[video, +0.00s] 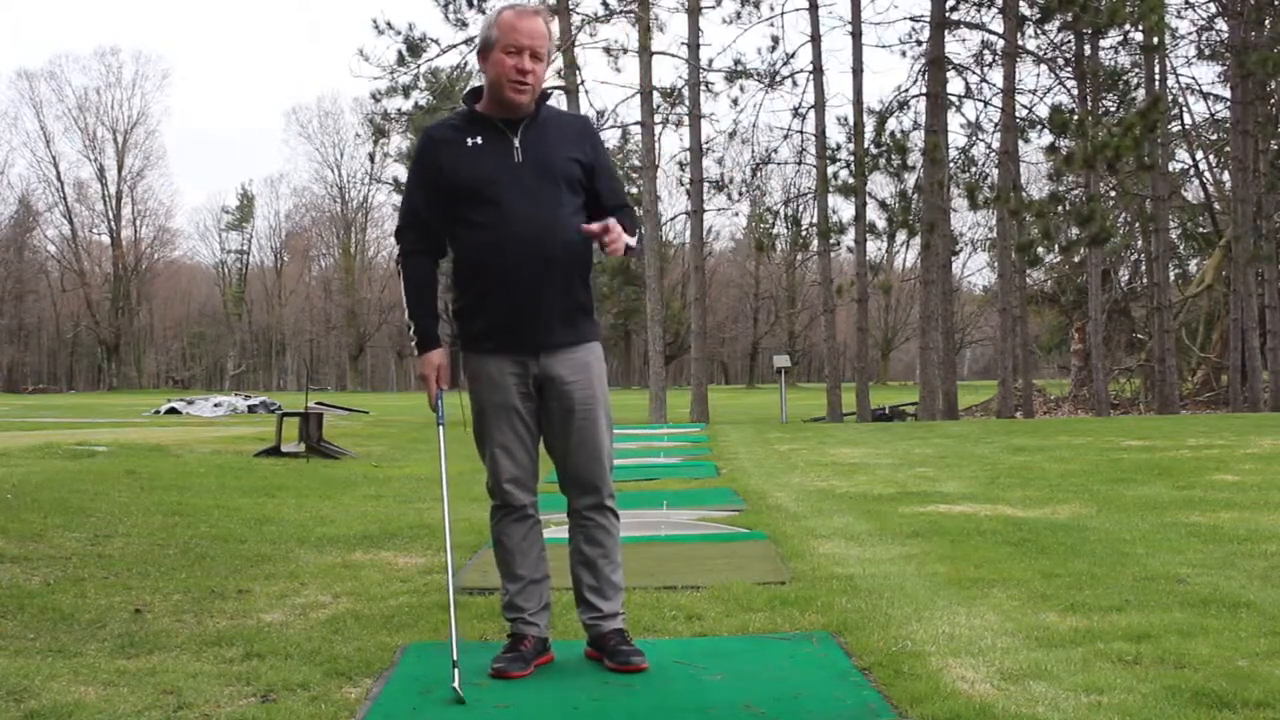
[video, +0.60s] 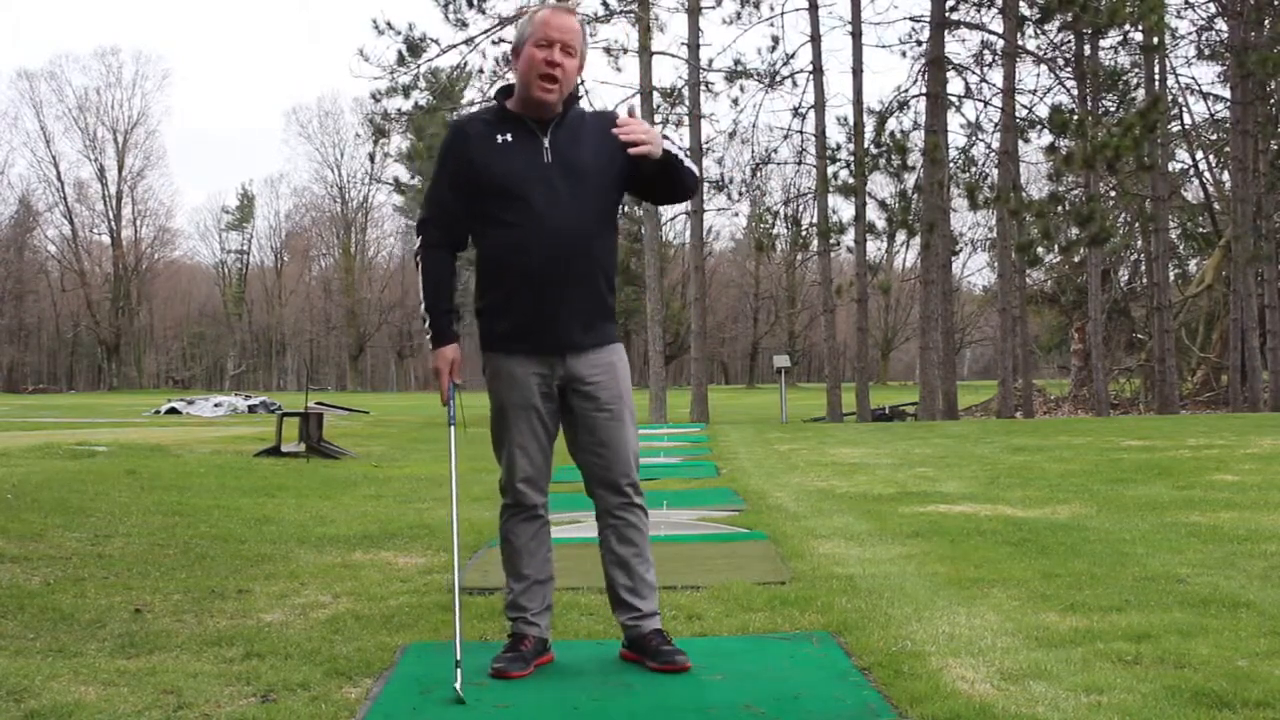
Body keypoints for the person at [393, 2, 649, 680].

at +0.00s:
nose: (526, 67)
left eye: (537, 56)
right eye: (513, 53)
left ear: (548, 64)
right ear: (484, 58)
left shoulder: (576, 133)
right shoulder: (442, 143)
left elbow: (621, 216)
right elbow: (417, 245)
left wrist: (619, 232)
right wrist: (428, 342)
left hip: (572, 338)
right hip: (488, 344)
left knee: (593, 492)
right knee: (511, 496)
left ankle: (607, 628)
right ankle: (528, 632)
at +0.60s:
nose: (554, 59)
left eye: (567, 50)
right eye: (542, 46)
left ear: (581, 65)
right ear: (515, 54)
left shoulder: (607, 135)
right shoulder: (471, 137)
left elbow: (680, 191)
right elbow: (438, 237)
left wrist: (660, 154)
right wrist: (443, 334)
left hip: (595, 341)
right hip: (513, 346)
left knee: (620, 489)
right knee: (523, 495)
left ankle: (643, 629)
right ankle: (529, 632)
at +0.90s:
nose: (597, 57)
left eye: (611, 50)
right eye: (587, 43)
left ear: (623, 66)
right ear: (559, 50)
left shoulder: (649, 137)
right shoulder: (510, 132)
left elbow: (720, 181)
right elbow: (473, 234)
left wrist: (741, 140)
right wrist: (476, 328)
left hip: (629, 344)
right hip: (545, 345)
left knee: (636, 494)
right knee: (539, 495)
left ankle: (644, 628)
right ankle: (530, 630)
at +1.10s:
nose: (625, 54)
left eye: (639, 48)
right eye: (615, 41)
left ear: (654, 66)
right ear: (589, 48)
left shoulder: (678, 139)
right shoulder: (539, 128)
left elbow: (751, 176)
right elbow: (500, 228)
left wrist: (795, 137)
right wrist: (498, 323)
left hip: (649, 343)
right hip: (564, 342)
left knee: (647, 495)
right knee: (549, 496)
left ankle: (645, 630)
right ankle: (531, 630)